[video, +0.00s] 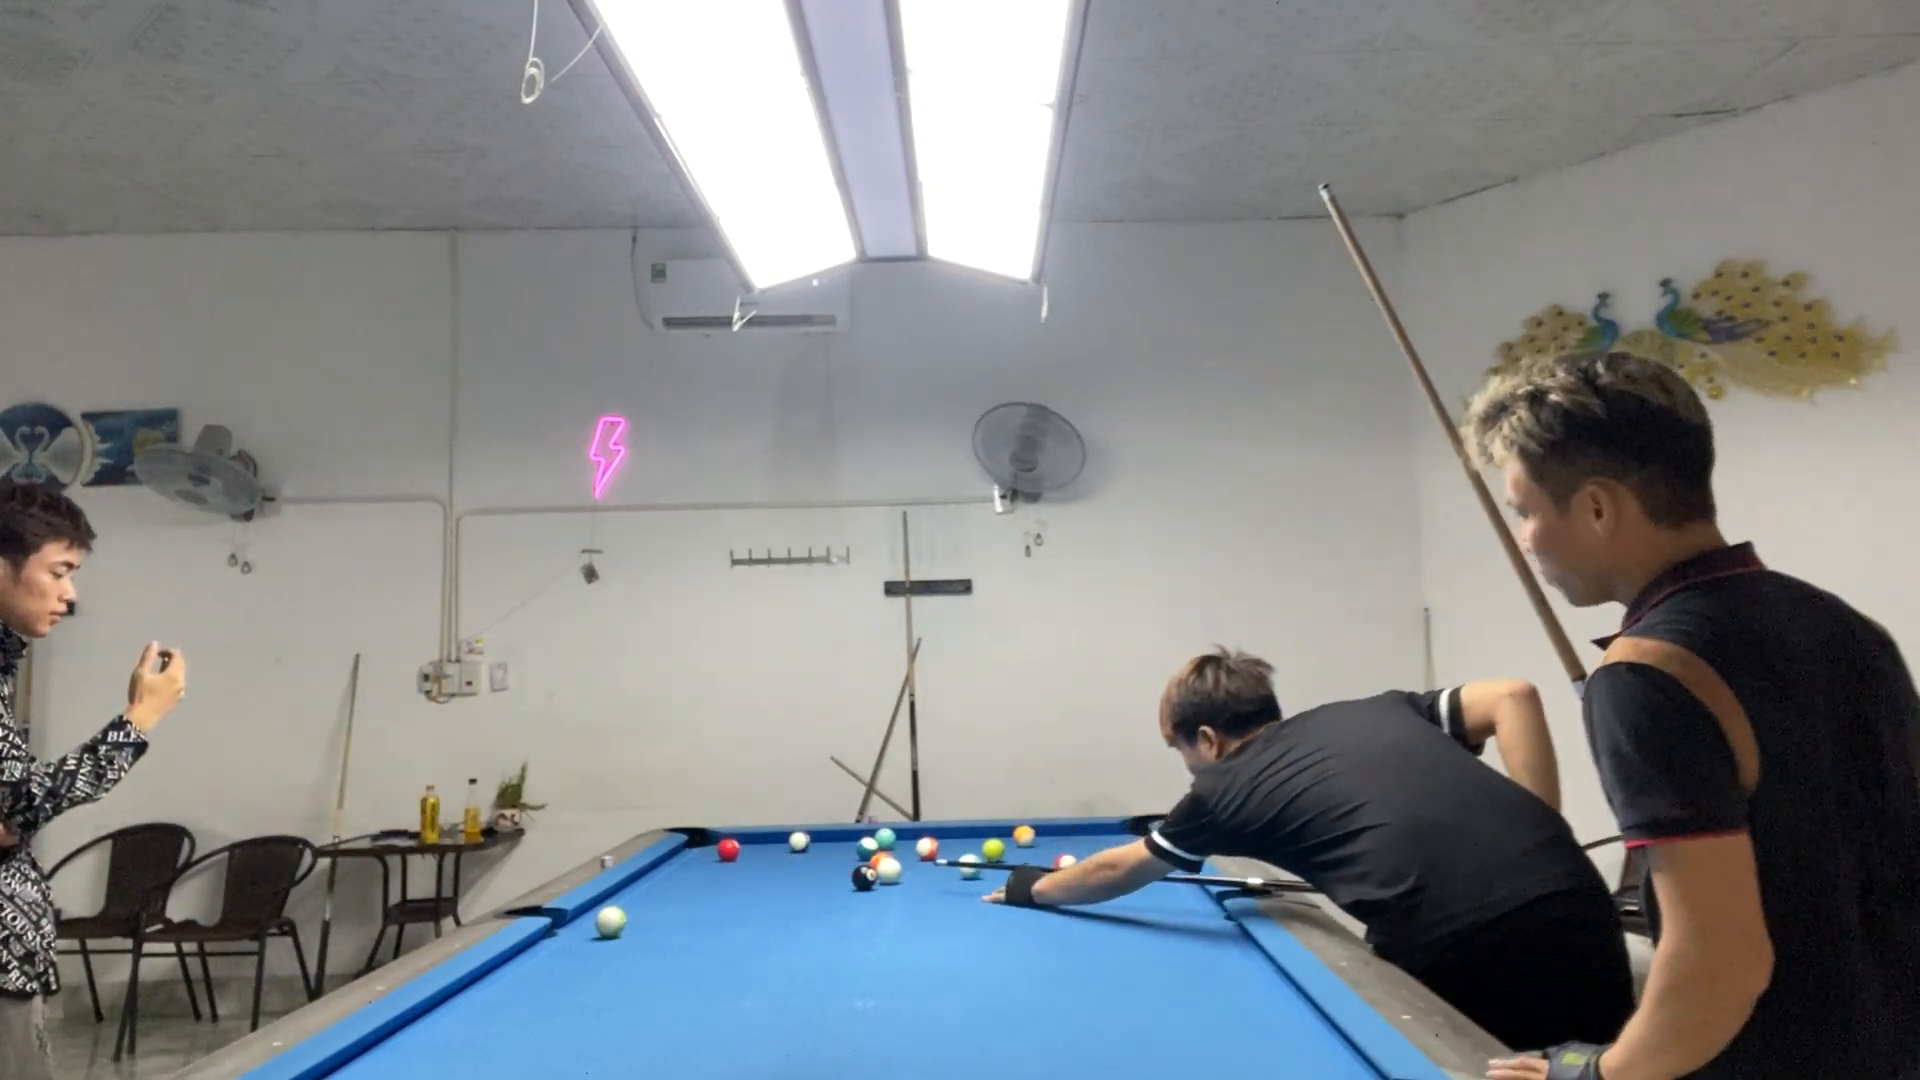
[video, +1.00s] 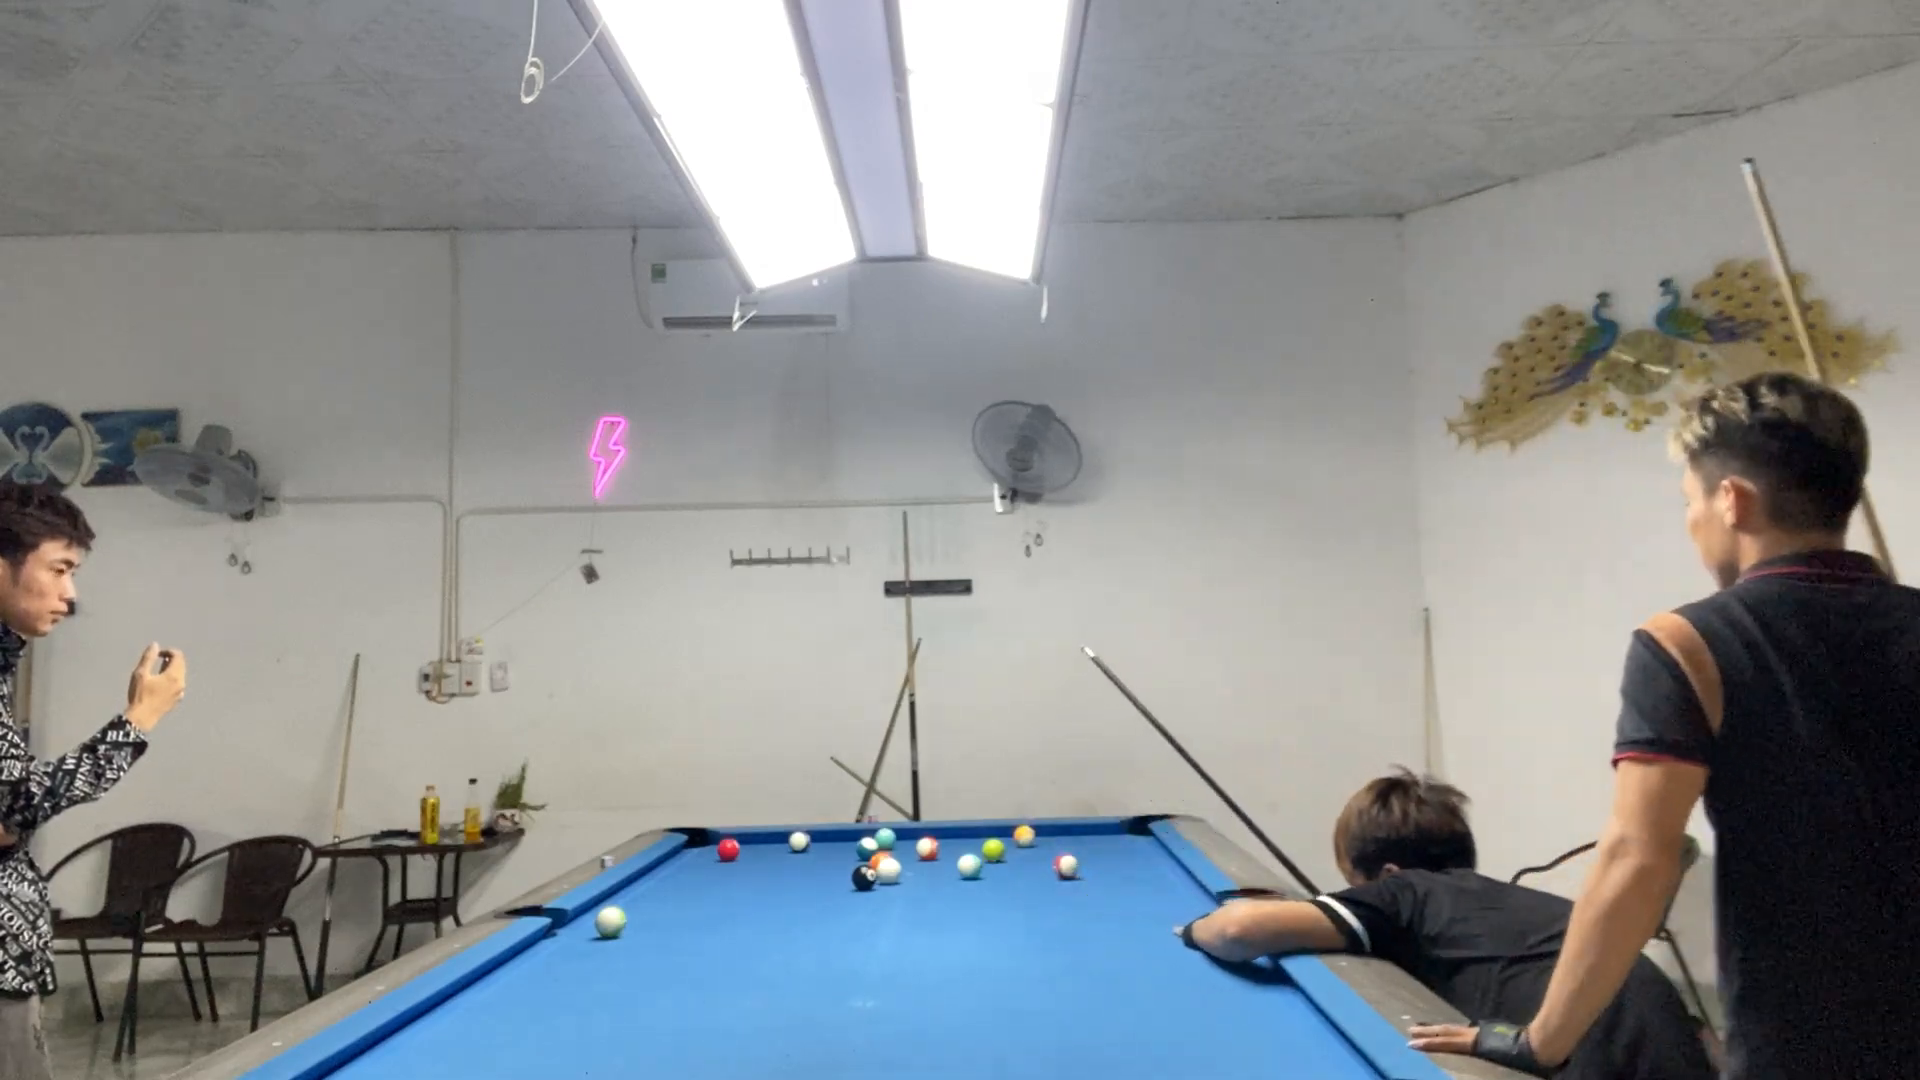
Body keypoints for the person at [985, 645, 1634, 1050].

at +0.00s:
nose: (1186, 766)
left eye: (1183, 752)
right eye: (1180, 754)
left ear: (1208, 740)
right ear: (1272, 707)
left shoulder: (1221, 790)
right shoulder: (1381, 710)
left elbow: (1110, 872)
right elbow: (1512, 697)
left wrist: (1038, 888)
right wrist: (1544, 832)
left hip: (1452, 939)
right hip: (1571, 903)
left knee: (1445, 1072)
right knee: (1598, 1066)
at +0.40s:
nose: (1235, 822)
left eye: (1234, 810)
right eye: (1231, 811)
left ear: (1259, 795)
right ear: (1323, 761)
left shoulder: (1275, 831)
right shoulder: (1441, 775)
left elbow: (1152, 907)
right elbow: (1563, 773)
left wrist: (1068, 901)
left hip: (1524, 996)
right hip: (1619, 957)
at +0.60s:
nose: (1284, 843)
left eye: (1282, 830)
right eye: (1277, 832)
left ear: (1311, 813)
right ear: (1377, 789)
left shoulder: (1331, 841)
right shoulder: (1450, 816)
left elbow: (1181, 916)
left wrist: (1114, 906)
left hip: (1577, 1024)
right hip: (1656, 983)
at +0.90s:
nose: (1334, 874)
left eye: (1339, 861)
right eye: (1332, 861)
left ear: (1377, 859)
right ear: (1449, 843)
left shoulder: (1391, 882)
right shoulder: (1515, 878)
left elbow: (1225, 918)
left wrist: (1187, 929)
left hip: (1639, 1045)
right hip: (1702, 1013)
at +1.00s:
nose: (1349, 883)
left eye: (1351, 872)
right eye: (1347, 874)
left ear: (1375, 870)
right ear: (1464, 854)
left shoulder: (1406, 893)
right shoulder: (1533, 901)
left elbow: (1236, 928)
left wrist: (1203, 928)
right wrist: (1496, 1038)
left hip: (1598, 1055)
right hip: (1686, 1053)